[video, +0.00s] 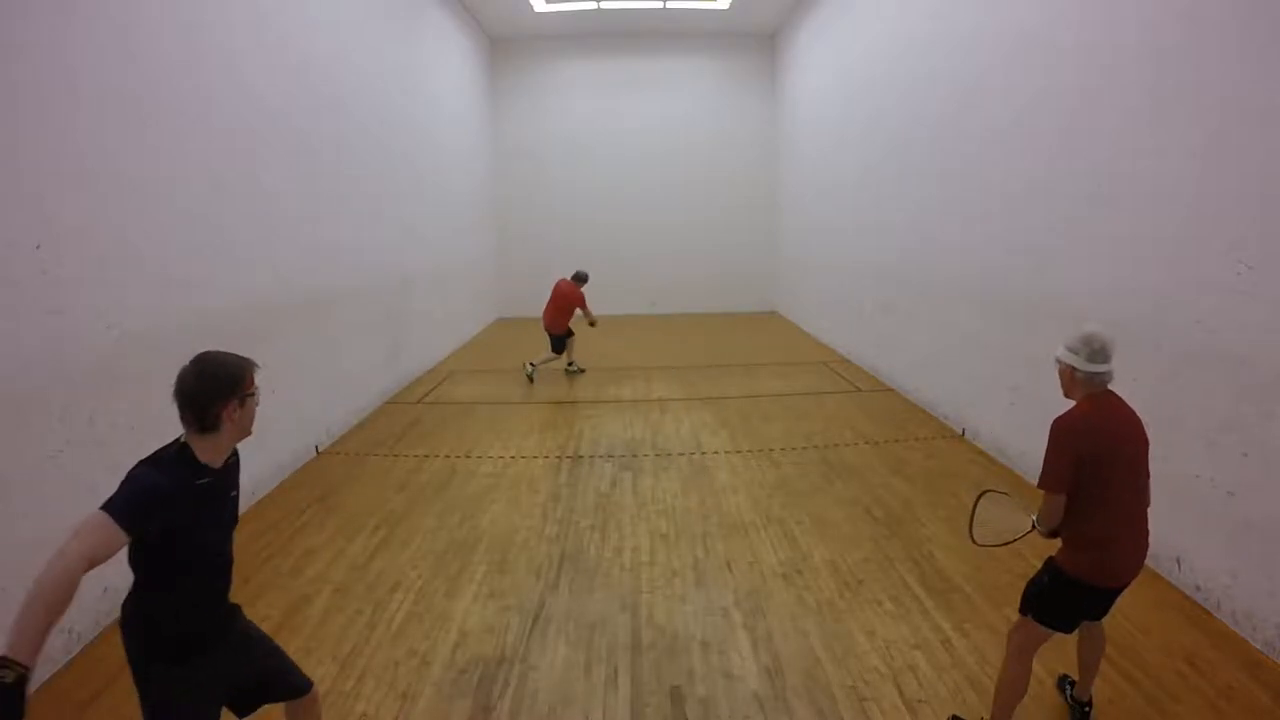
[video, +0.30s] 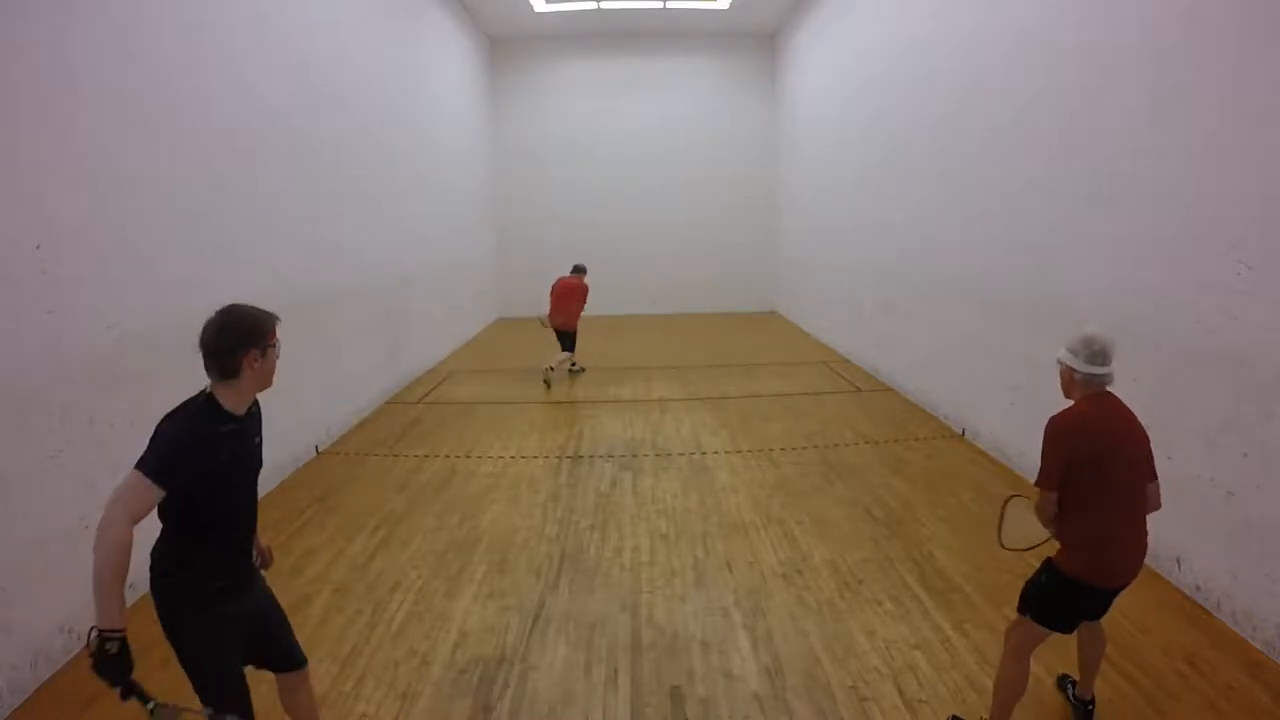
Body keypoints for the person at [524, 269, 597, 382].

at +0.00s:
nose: (583, 286)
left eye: (584, 284)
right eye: (583, 284)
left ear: (573, 277)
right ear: (582, 283)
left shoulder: (561, 282)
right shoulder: (578, 295)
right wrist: (592, 320)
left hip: (547, 320)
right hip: (557, 326)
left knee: (570, 337)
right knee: (557, 353)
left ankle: (570, 364)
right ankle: (531, 365)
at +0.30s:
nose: (584, 278)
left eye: (584, 276)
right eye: (584, 276)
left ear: (571, 272)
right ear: (583, 275)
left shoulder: (560, 281)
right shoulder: (583, 286)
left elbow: (552, 297)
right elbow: (582, 304)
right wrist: (575, 313)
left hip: (554, 320)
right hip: (570, 322)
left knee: (566, 346)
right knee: (569, 352)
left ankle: (572, 364)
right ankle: (550, 368)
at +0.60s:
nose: (577, 277)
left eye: (578, 275)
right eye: (578, 275)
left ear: (565, 271)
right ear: (576, 273)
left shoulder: (555, 284)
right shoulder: (574, 285)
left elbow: (547, 300)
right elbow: (584, 303)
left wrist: (544, 316)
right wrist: (594, 314)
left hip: (555, 326)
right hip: (570, 326)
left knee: (564, 348)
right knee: (581, 350)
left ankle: (569, 368)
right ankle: (573, 379)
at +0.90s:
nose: (565, 275)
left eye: (565, 272)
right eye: (564, 272)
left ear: (552, 271)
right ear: (562, 271)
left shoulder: (546, 285)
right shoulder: (561, 285)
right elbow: (575, 300)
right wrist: (588, 306)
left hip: (550, 331)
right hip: (566, 330)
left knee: (557, 353)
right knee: (575, 355)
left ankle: (545, 375)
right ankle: (571, 383)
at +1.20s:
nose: (552, 270)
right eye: (552, 267)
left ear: (538, 267)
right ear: (552, 268)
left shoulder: (531, 283)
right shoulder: (558, 283)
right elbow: (570, 306)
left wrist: (537, 307)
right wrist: (563, 304)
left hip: (534, 334)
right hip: (554, 333)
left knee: (538, 363)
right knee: (565, 356)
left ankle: (537, 393)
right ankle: (559, 388)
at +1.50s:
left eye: (532, 275)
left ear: (529, 276)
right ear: (545, 277)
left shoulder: (520, 293)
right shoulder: (552, 294)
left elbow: (508, 315)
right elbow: (555, 316)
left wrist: (509, 334)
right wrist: (542, 321)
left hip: (521, 343)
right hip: (545, 343)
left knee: (512, 373)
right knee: (556, 374)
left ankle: (510, 405)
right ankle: (559, 406)